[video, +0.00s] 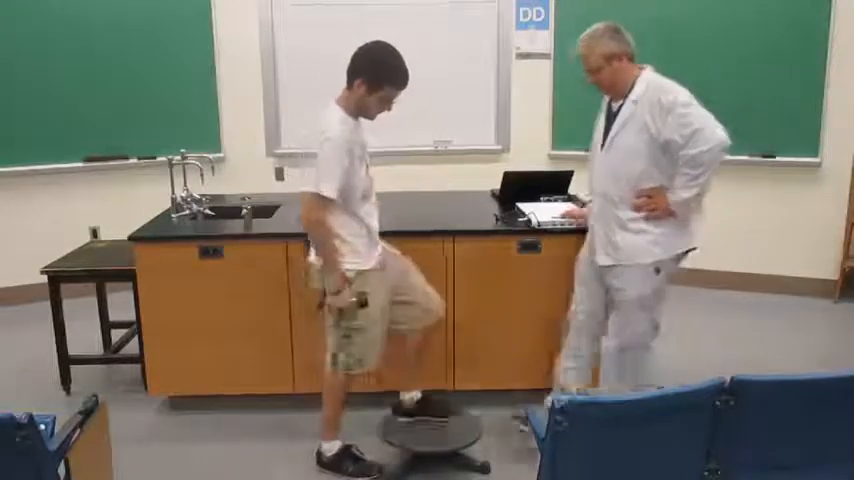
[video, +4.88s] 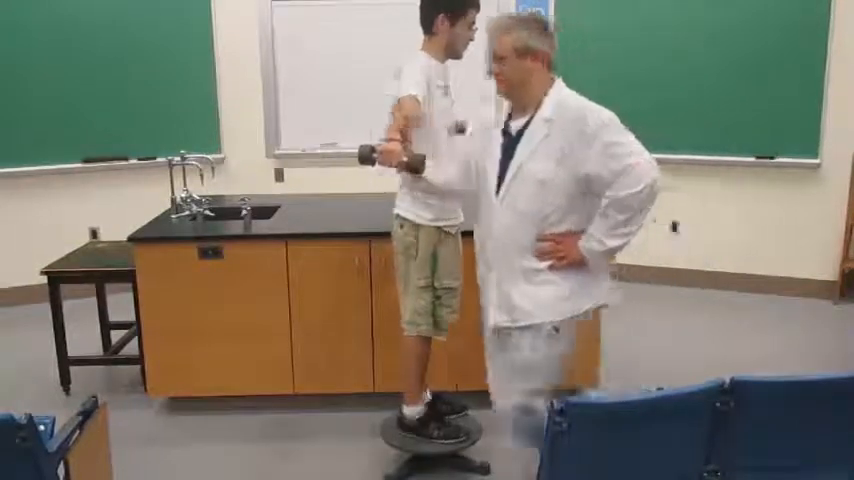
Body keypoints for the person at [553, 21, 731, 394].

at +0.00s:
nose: (591, 79)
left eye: (595, 70)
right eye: (588, 72)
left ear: (619, 60)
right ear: (614, 62)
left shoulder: (661, 94)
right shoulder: (613, 101)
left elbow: (711, 141)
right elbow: (624, 169)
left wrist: (677, 198)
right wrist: (594, 209)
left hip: (644, 245)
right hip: (602, 239)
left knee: (628, 340)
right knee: (582, 329)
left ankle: (622, 425)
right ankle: (564, 411)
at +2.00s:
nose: (589, 91)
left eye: (593, 82)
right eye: (586, 83)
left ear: (620, 71)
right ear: (606, 76)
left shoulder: (660, 110)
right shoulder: (601, 113)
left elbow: (713, 153)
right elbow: (595, 170)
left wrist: (672, 210)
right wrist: (583, 204)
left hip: (632, 256)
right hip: (587, 250)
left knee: (620, 355)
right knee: (562, 338)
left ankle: (617, 438)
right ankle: (528, 423)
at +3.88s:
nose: (610, 62)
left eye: (619, 54)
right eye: (607, 53)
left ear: (649, 56)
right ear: (603, 55)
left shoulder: (684, 109)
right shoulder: (591, 108)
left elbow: (738, 154)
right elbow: (558, 153)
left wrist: (691, 207)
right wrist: (524, 171)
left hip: (648, 261)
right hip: (594, 258)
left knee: (642, 364)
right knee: (598, 358)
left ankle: (642, 447)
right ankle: (599, 439)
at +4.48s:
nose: (584, 67)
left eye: (593, 57)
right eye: (581, 57)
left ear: (629, 58)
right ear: (580, 59)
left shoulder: (677, 118)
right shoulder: (564, 119)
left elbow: (737, 164)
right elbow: (515, 156)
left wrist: (685, 225)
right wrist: (459, 158)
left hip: (640, 293)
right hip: (570, 290)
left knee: (645, 410)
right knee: (563, 407)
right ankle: (560, 474)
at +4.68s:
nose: (539, 72)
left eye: (549, 62)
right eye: (538, 62)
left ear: (585, 65)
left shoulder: (633, 124)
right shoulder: (528, 127)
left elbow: (695, 177)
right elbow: (492, 170)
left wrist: (646, 241)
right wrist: (437, 161)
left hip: (605, 301)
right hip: (537, 299)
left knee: (618, 412)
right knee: (534, 407)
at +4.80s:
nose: (492, 73)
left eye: (500, 61)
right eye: (491, 62)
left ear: (538, 60)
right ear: (528, 62)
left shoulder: (584, 119)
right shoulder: (497, 121)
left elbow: (640, 178)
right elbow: (469, 179)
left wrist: (591, 245)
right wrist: (415, 164)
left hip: (554, 306)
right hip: (502, 302)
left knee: (538, 425)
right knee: (514, 420)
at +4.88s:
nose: (492, 73)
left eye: (500, 61)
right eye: (491, 62)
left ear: (538, 60)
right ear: (528, 62)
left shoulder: (584, 119)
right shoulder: (497, 121)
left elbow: (640, 178)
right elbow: (469, 179)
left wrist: (591, 245)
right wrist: (415, 164)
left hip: (550, 305)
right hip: (501, 300)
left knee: (535, 423)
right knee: (512, 417)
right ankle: (525, 476)